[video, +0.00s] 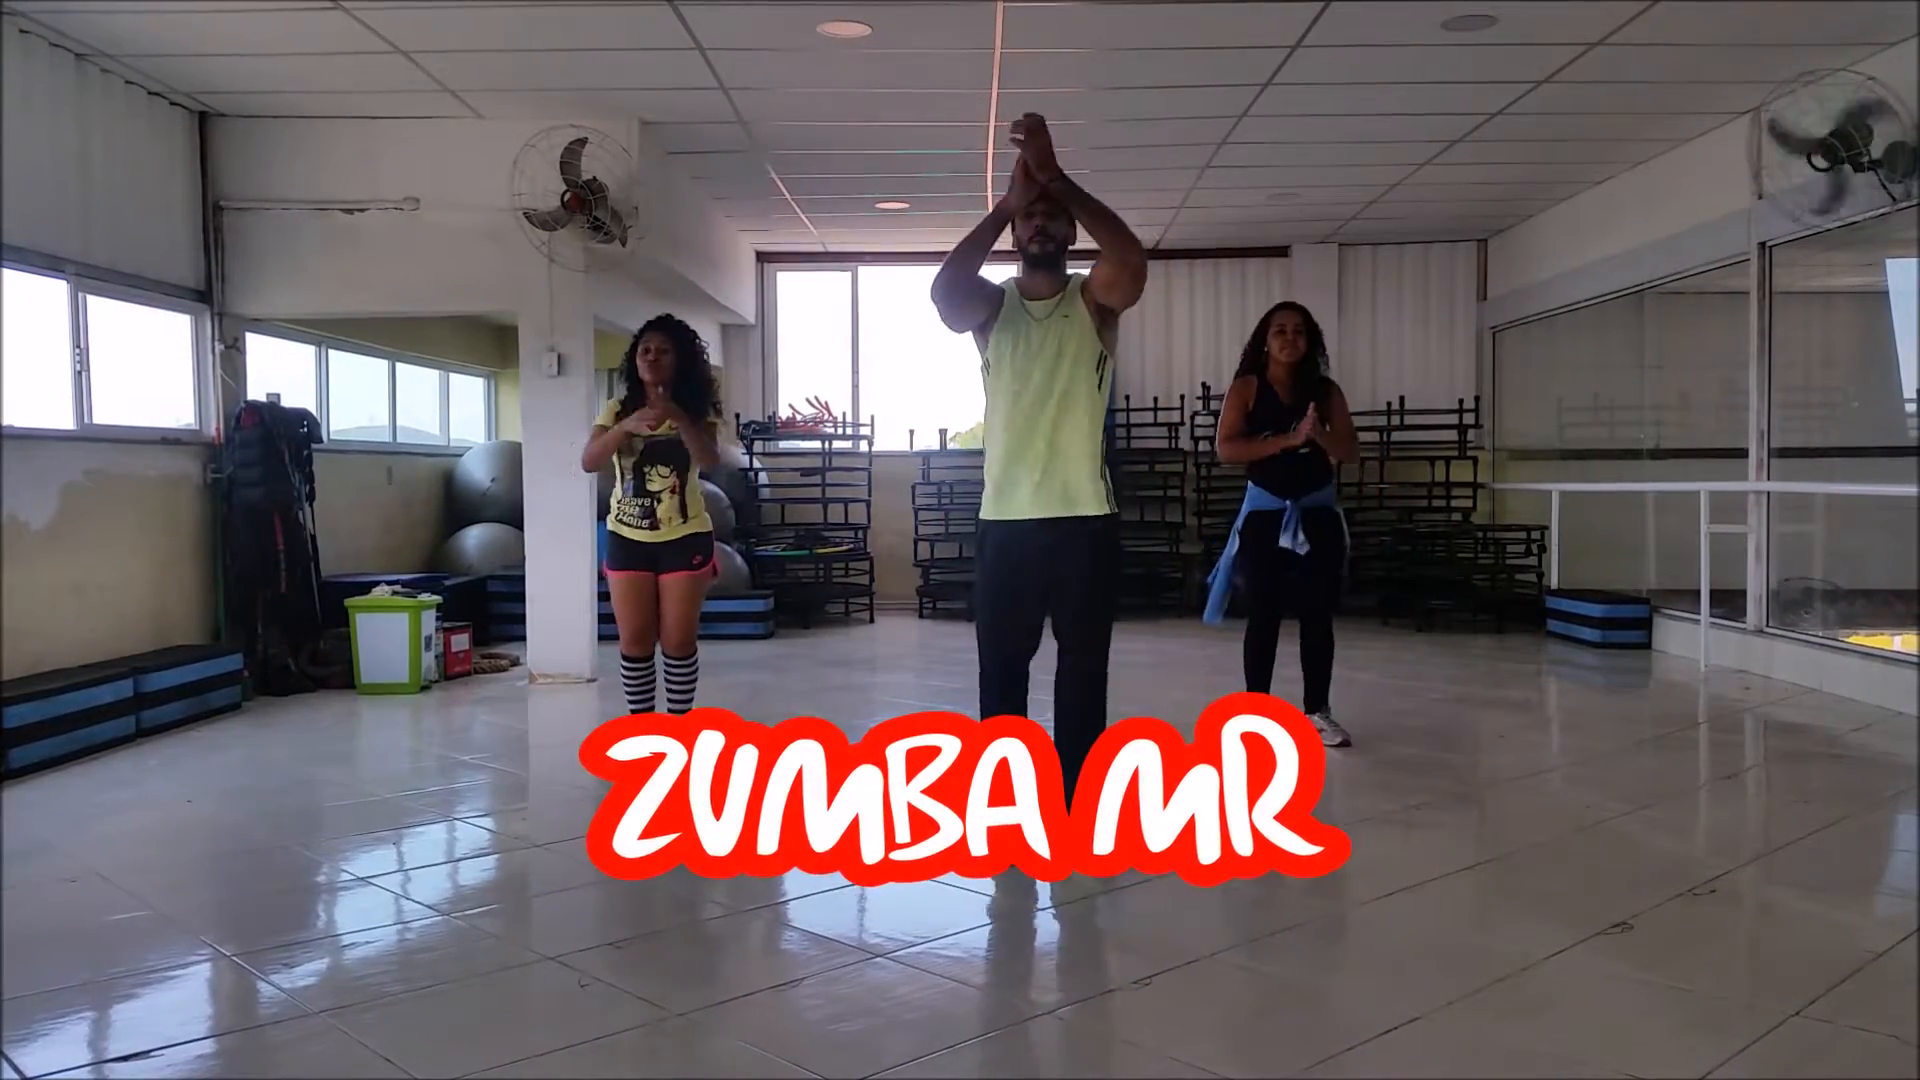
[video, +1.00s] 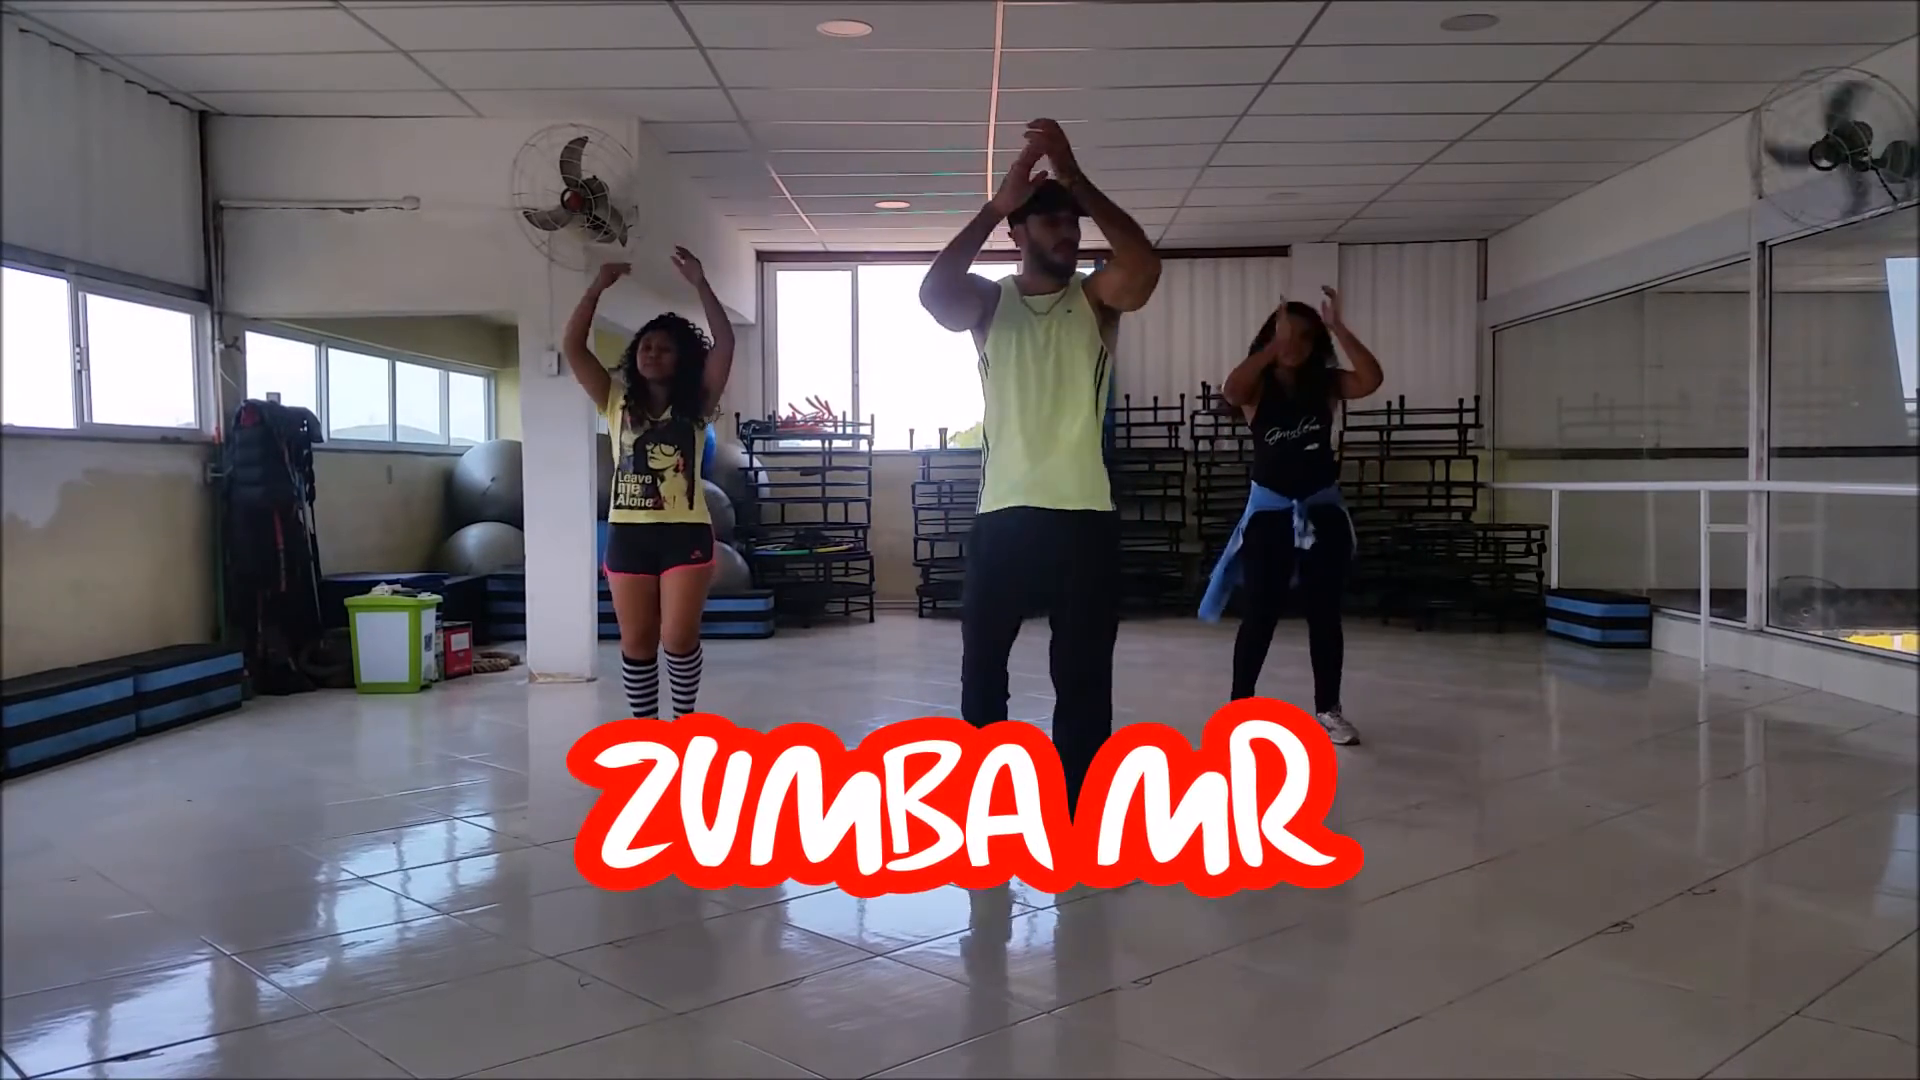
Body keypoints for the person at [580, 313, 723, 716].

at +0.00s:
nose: (651, 357)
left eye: (662, 351)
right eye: (644, 350)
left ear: (680, 361)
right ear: (635, 359)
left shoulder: (696, 410)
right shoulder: (619, 409)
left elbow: (709, 460)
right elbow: (590, 460)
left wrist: (678, 417)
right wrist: (626, 427)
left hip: (685, 538)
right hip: (627, 538)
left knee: (678, 643)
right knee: (634, 643)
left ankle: (679, 733)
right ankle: (641, 734)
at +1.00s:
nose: (654, 355)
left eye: (665, 349)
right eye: (646, 348)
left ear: (684, 360)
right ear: (634, 356)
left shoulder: (696, 404)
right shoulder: (615, 402)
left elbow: (723, 343)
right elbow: (573, 345)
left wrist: (700, 284)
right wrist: (597, 286)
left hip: (685, 538)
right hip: (628, 539)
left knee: (678, 641)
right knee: (636, 645)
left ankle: (685, 729)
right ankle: (645, 736)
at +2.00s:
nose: (659, 359)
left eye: (670, 351)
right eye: (651, 351)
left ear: (686, 360)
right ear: (638, 358)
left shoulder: (700, 405)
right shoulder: (617, 404)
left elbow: (726, 343)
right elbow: (582, 347)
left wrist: (708, 280)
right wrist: (595, 282)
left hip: (688, 538)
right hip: (631, 539)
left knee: (678, 633)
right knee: (638, 645)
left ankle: (691, 722)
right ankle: (650, 736)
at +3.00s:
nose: (655, 362)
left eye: (666, 355)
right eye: (647, 353)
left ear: (682, 363)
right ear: (635, 360)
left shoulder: (697, 407)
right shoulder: (617, 406)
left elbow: (725, 345)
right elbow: (584, 349)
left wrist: (711, 284)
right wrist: (590, 283)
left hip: (688, 541)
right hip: (631, 542)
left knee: (678, 634)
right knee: (638, 644)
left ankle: (692, 720)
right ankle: (654, 739)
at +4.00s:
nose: (654, 362)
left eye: (664, 354)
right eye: (646, 353)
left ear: (681, 361)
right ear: (634, 358)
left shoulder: (695, 406)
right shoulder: (618, 403)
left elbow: (721, 347)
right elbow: (585, 345)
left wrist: (703, 282)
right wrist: (596, 279)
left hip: (685, 536)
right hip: (628, 537)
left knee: (680, 634)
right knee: (636, 642)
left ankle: (690, 723)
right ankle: (648, 740)